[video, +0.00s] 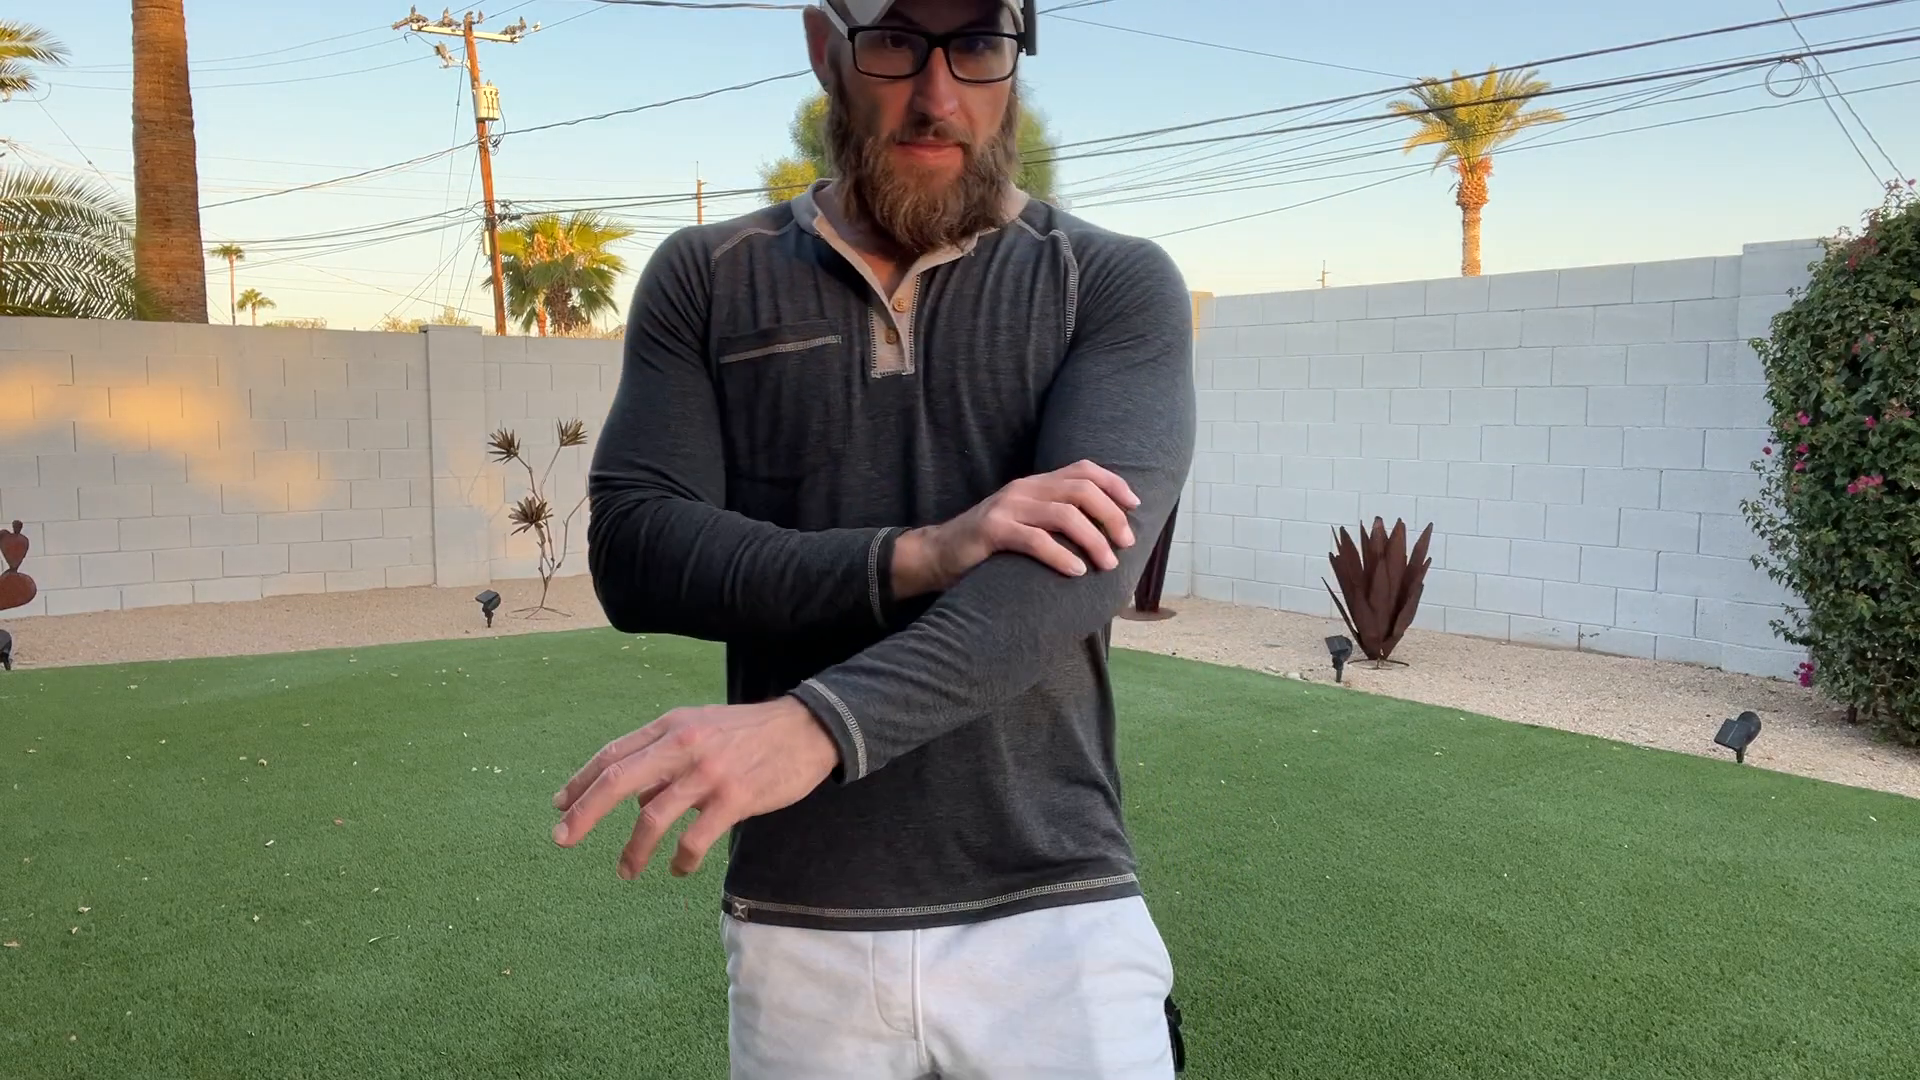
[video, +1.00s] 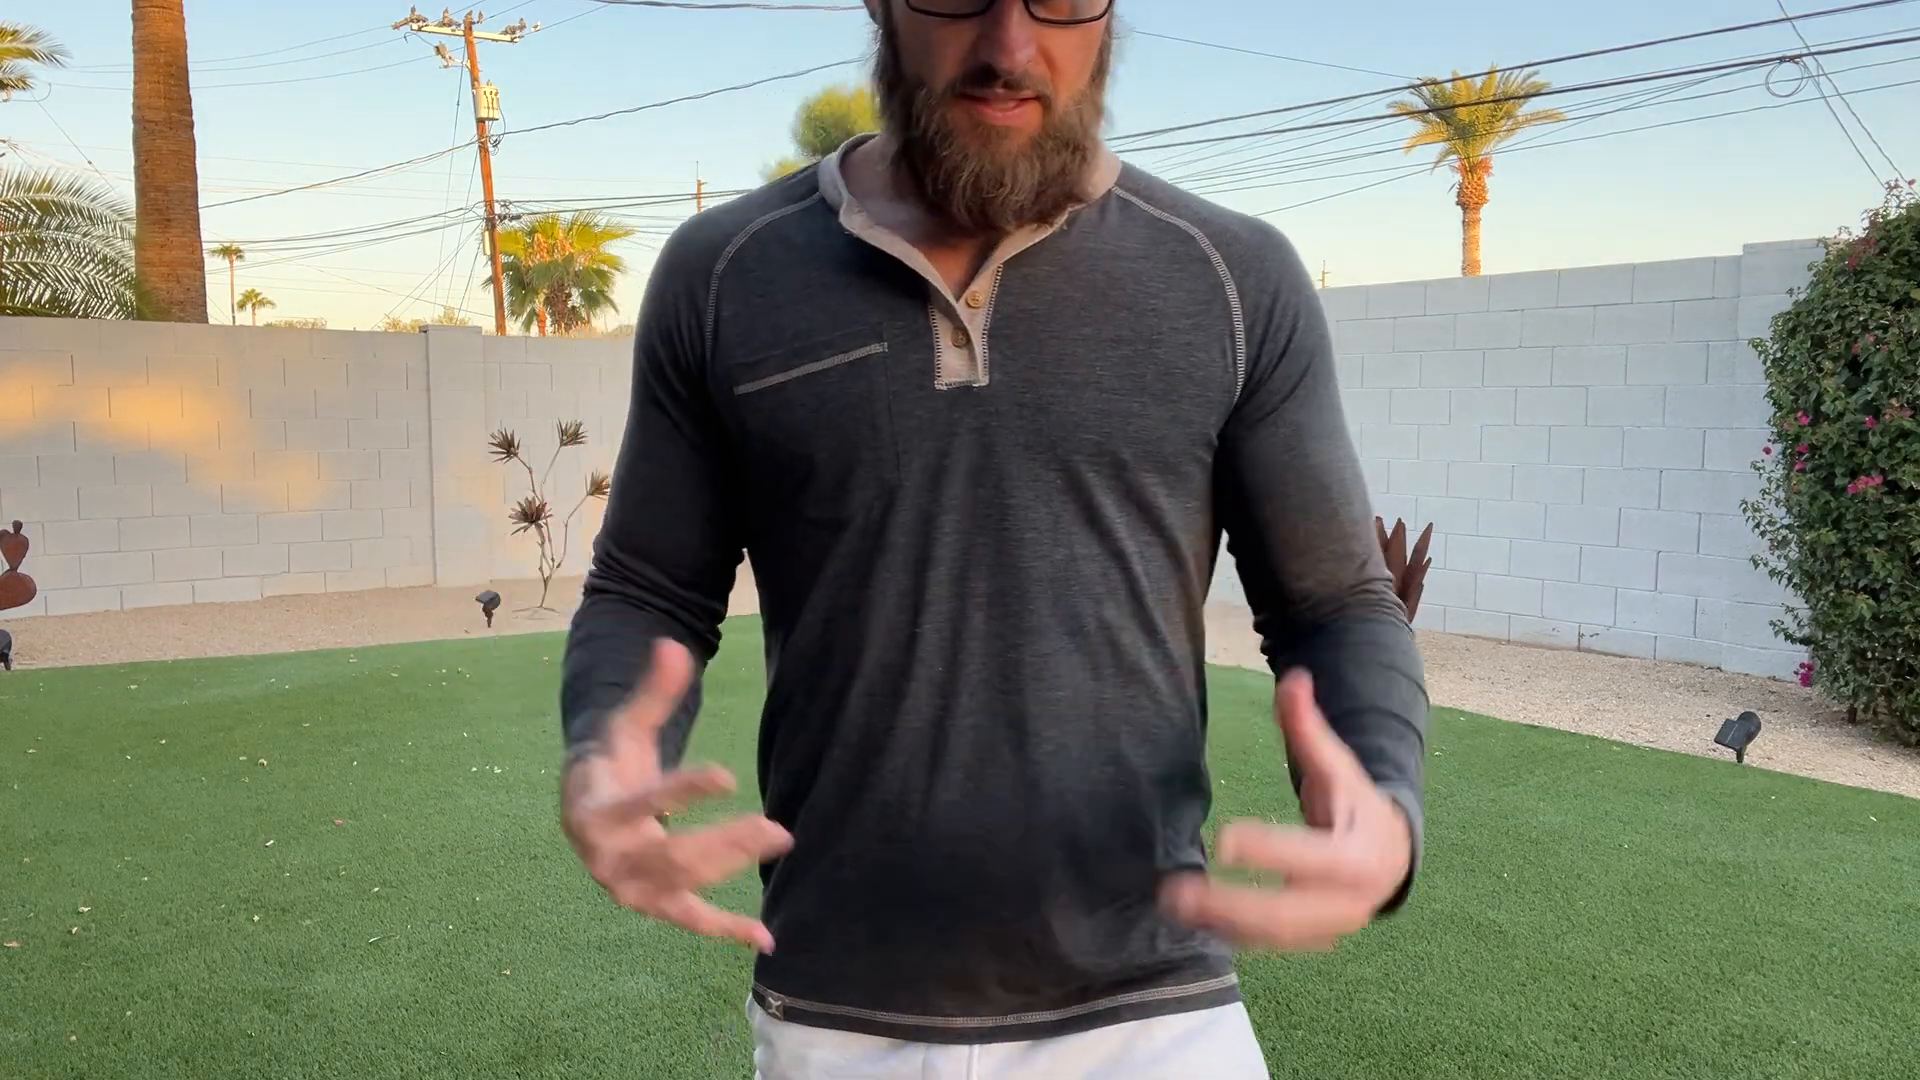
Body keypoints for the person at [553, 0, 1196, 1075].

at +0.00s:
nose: (935, 90)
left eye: (975, 48)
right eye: (893, 45)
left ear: (1015, 64)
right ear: (827, 54)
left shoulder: (1111, 279)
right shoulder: (704, 277)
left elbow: (1079, 566)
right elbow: (637, 550)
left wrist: (815, 722)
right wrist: (922, 553)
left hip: (1057, 927)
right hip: (802, 931)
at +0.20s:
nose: (881, 74)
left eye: (922, 27)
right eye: (836, 25)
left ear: (966, 45)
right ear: (768, 35)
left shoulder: (1072, 273)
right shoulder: (659, 289)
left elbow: (1115, 556)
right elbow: (611, 574)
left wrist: (860, 672)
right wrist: (892, 550)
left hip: (1032, 920)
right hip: (776, 939)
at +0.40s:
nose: (850, 89)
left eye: (893, 39)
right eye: (804, 40)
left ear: (945, 47)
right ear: (741, 40)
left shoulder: (1079, 278)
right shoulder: (639, 299)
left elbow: (1238, 527)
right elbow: (567, 631)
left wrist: (1240, 614)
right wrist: (523, 618)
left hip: (1033, 940)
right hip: (764, 957)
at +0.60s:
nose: (870, 82)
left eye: (915, 34)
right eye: (823, 33)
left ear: (966, 45)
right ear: (757, 36)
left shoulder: (1100, 275)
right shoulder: (642, 297)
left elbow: (1181, 552)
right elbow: (591, 561)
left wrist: (1325, 632)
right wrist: (449, 630)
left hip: (1034, 926)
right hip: (773, 954)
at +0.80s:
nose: (917, 76)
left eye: (966, 28)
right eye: (868, 25)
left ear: (1020, 40)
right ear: (801, 29)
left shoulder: (1151, 283)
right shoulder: (675, 294)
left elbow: (1238, 585)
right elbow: (621, 572)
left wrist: (1376, 655)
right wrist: (496, 647)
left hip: (1073, 975)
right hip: (792, 986)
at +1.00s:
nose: (1009, 46)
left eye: (1058, 4)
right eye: (958, 1)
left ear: (1107, 26)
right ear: (889, 13)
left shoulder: (1238, 278)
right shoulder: (723, 277)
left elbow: (1338, 603)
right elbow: (646, 587)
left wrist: (1378, 806)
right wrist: (614, 752)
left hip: (1154, 1004)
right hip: (842, 1013)